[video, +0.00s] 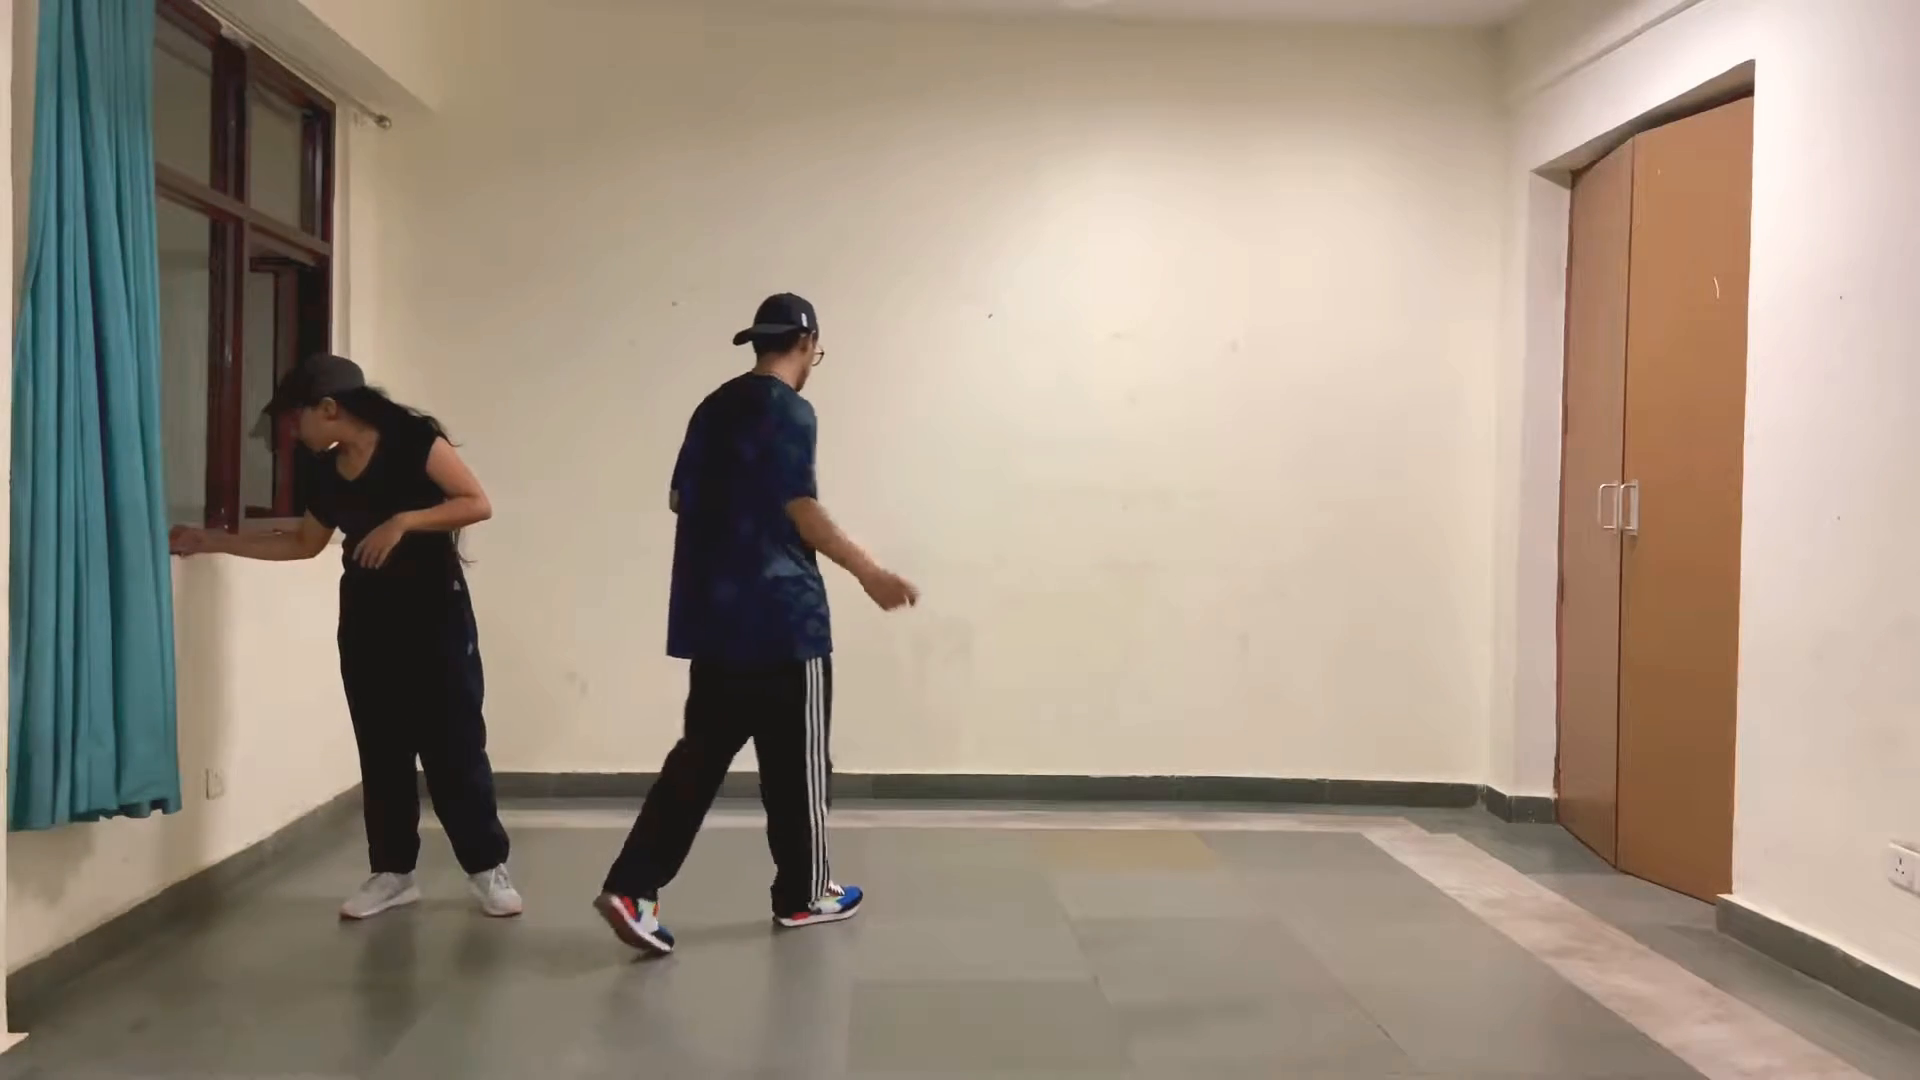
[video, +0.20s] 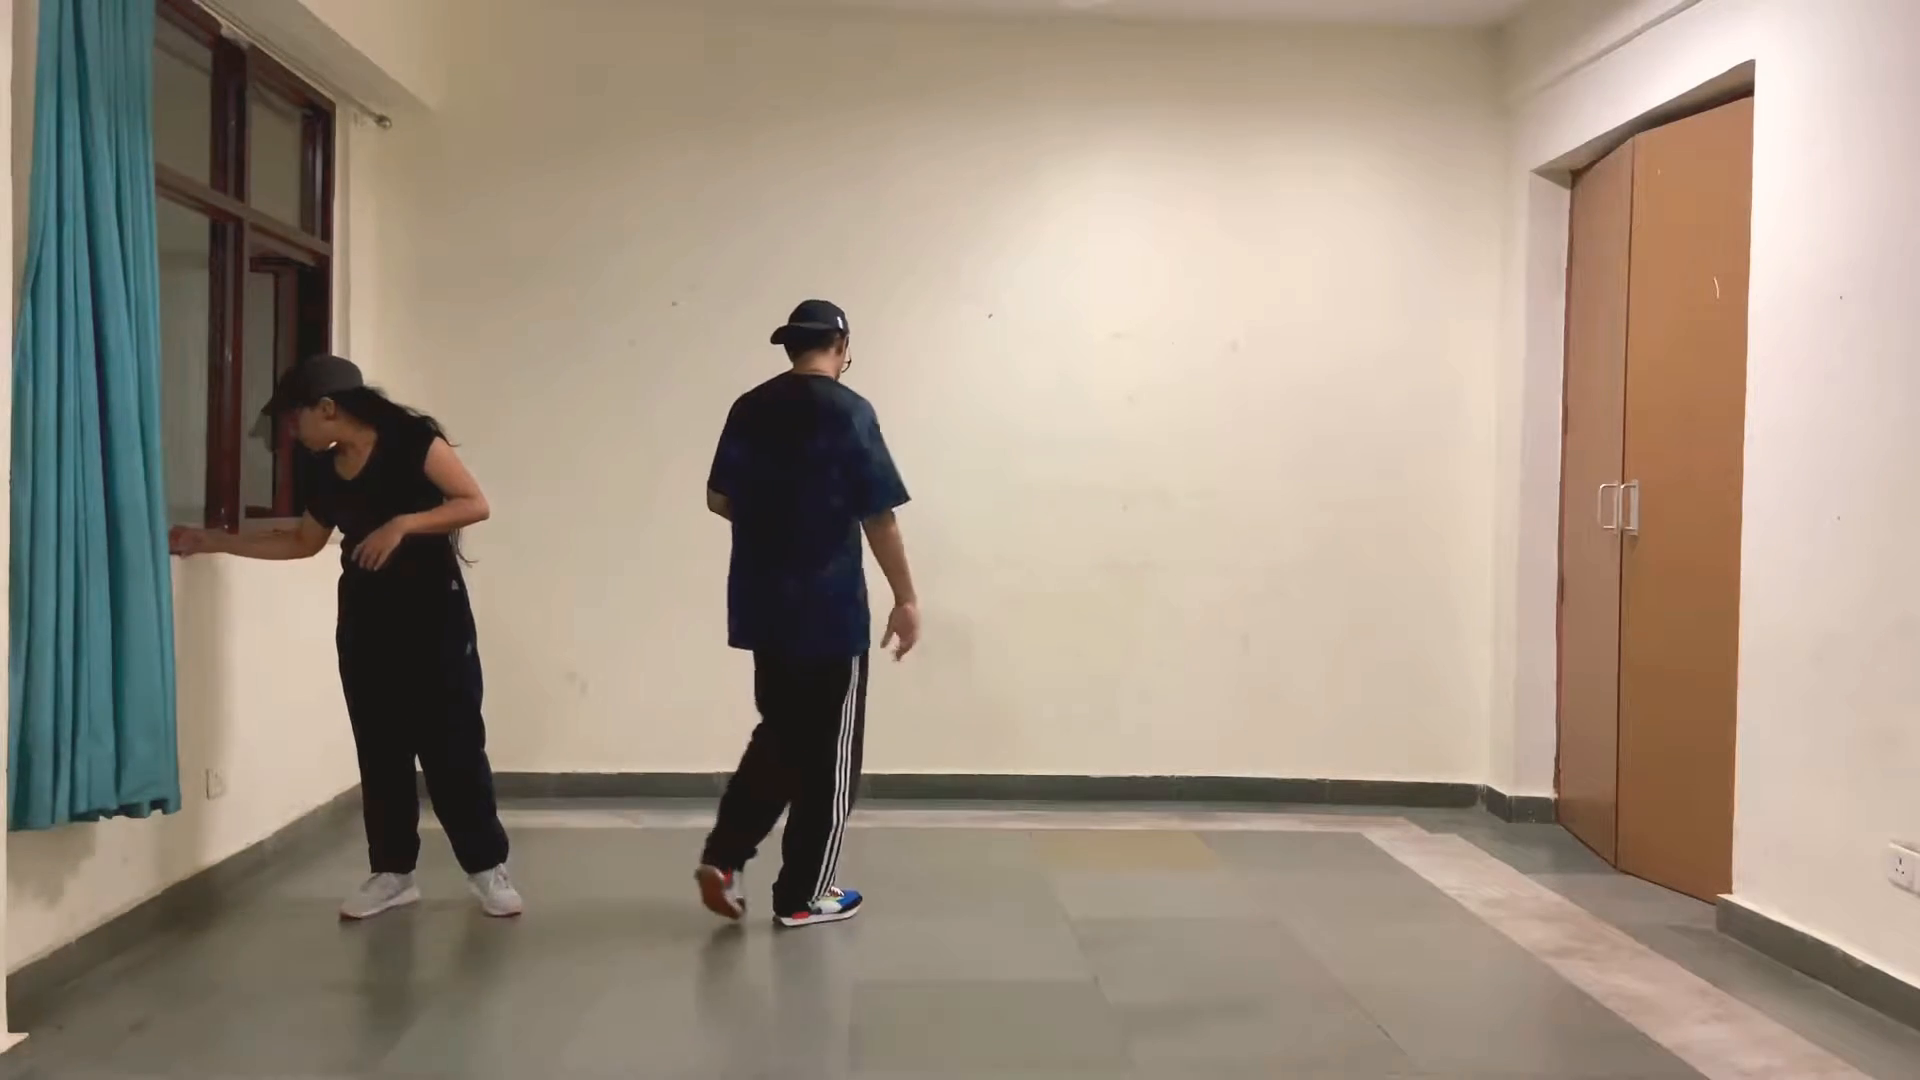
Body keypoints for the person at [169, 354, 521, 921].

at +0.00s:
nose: (294, 431)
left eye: (297, 418)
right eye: (291, 420)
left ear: (330, 409)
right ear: (326, 411)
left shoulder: (413, 437)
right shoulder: (325, 467)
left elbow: (476, 503)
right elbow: (305, 542)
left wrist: (402, 521)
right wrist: (215, 541)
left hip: (435, 617)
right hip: (368, 622)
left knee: (454, 744)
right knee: (382, 749)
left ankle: (489, 868)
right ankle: (394, 873)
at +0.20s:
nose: (293, 431)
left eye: (295, 418)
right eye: (290, 420)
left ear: (327, 409)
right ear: (325, 411)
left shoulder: (412, 438)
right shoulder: (324, 465)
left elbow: (474, 504)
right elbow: (304, 540)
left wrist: (401, 524)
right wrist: (216, 541)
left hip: (433, 616)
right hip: (367, 622)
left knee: (453, 744)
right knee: (380, 750)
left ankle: (488, 868)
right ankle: (394, 873)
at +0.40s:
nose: (293, 430)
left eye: (296, 417)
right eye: (290, 419)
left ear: (328, 410)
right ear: (325, 411)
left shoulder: (412, 439)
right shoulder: (325, 466)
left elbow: (473, 504)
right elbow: (303, 540)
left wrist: (400, 526)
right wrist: (217, 541)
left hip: (433, 616)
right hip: (367, 622)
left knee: (453, 743)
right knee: (380, 749)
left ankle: (488, 868)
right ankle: (395, 873)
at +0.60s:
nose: (293, 433)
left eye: (295, 421)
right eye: (290, 423)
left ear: (327, 409)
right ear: (325, 412)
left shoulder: (412, 439)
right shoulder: (328, 467)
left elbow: (474, 505)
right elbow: (303, 541)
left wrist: (401, 526)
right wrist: (215, 542)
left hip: (434, 621)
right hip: (367, 627)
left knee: (453, 745)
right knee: (380, 752)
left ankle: (488, 867)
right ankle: (394, 874)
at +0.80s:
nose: (294, 434)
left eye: (296, 422)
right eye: (291, 424)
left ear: (329, 409)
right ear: (326, 412)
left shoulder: (413, 437)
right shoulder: (329, 466)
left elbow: (475, 505)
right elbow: (304, 540)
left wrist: (405, 527)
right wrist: (211, 542)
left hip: (434, 619)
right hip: (367, 624)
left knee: (453, 745)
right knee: (380, 751)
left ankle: (486, 868)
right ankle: (394, 874)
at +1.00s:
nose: (296, 431)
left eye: (300, 418)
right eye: (294, 420)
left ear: (334, 407)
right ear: (330, 410)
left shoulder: (416, 438)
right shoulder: (329, 466)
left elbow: (478, 507)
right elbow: (305, 539)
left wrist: (410, 528)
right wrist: (215, 541)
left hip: (434, 618)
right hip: (367, 623)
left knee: (454, 744)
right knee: (380, 750)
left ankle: (486, 868)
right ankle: (394, 873)